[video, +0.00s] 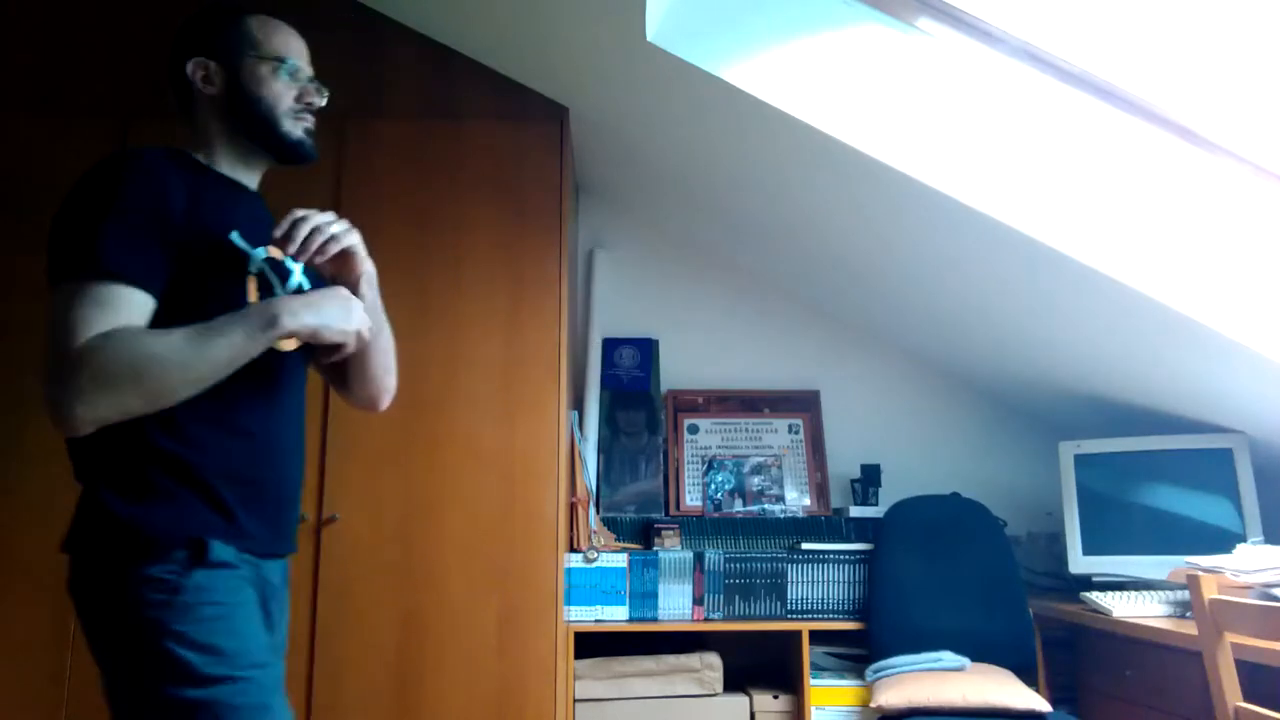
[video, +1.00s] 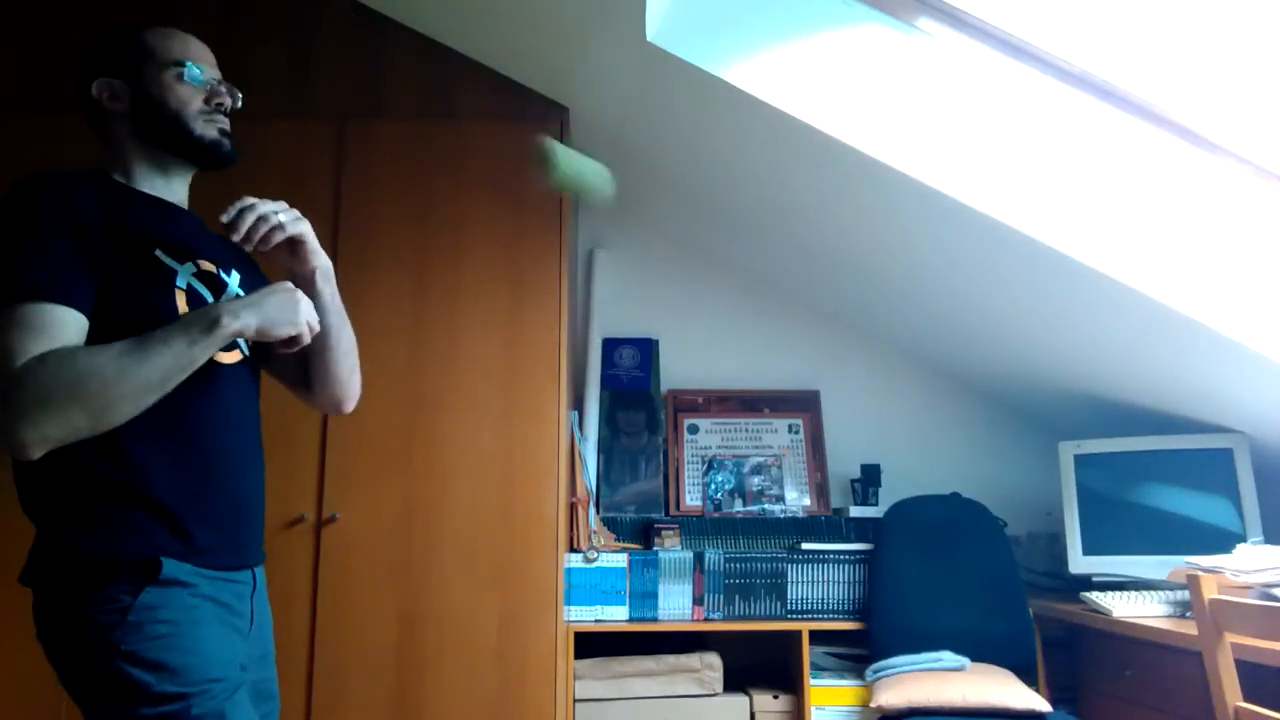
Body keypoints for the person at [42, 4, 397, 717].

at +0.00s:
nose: (316, 92)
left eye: (312, 78)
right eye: (286, 70)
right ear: (208, 79)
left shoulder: (274, 229)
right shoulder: (139, 185)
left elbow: (372, 390)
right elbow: (80, 391)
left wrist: (359, 277)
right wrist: (276, 315)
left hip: (256, 561)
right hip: (170, 562)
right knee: (252, 708)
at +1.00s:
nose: (223, 92)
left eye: (222, 83)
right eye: (188, 72)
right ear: (114, 96)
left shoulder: (220, 248)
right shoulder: (63, 210)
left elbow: (336, 392)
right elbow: (30, 415)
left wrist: (314, 267)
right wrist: (229, 318)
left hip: (240, 585)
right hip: (144, 589)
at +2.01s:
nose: (330, 60)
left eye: (328, 42)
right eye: (302, 30)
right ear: (219, 27)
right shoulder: (194, 115)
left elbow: (303, 396)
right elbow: (335, 282)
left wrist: (355, 249)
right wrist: (500, 202)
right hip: (176, 575)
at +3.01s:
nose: (312, 58)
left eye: (304, 34)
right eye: (281, 25)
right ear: (190, 19)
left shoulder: (221, 177)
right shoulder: (151, 150)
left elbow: (376, 376)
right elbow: (270, 349)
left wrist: (380, 232)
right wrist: (431, 239)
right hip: (210, 610)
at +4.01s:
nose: (362, 64)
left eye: (357, 46)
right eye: (333, 36)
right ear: (250, 38)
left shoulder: (257, 179)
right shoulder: (210, 143)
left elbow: (314, 419)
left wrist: (378, 280)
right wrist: (463, 246)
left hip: (246, 574)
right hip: (215, 578)